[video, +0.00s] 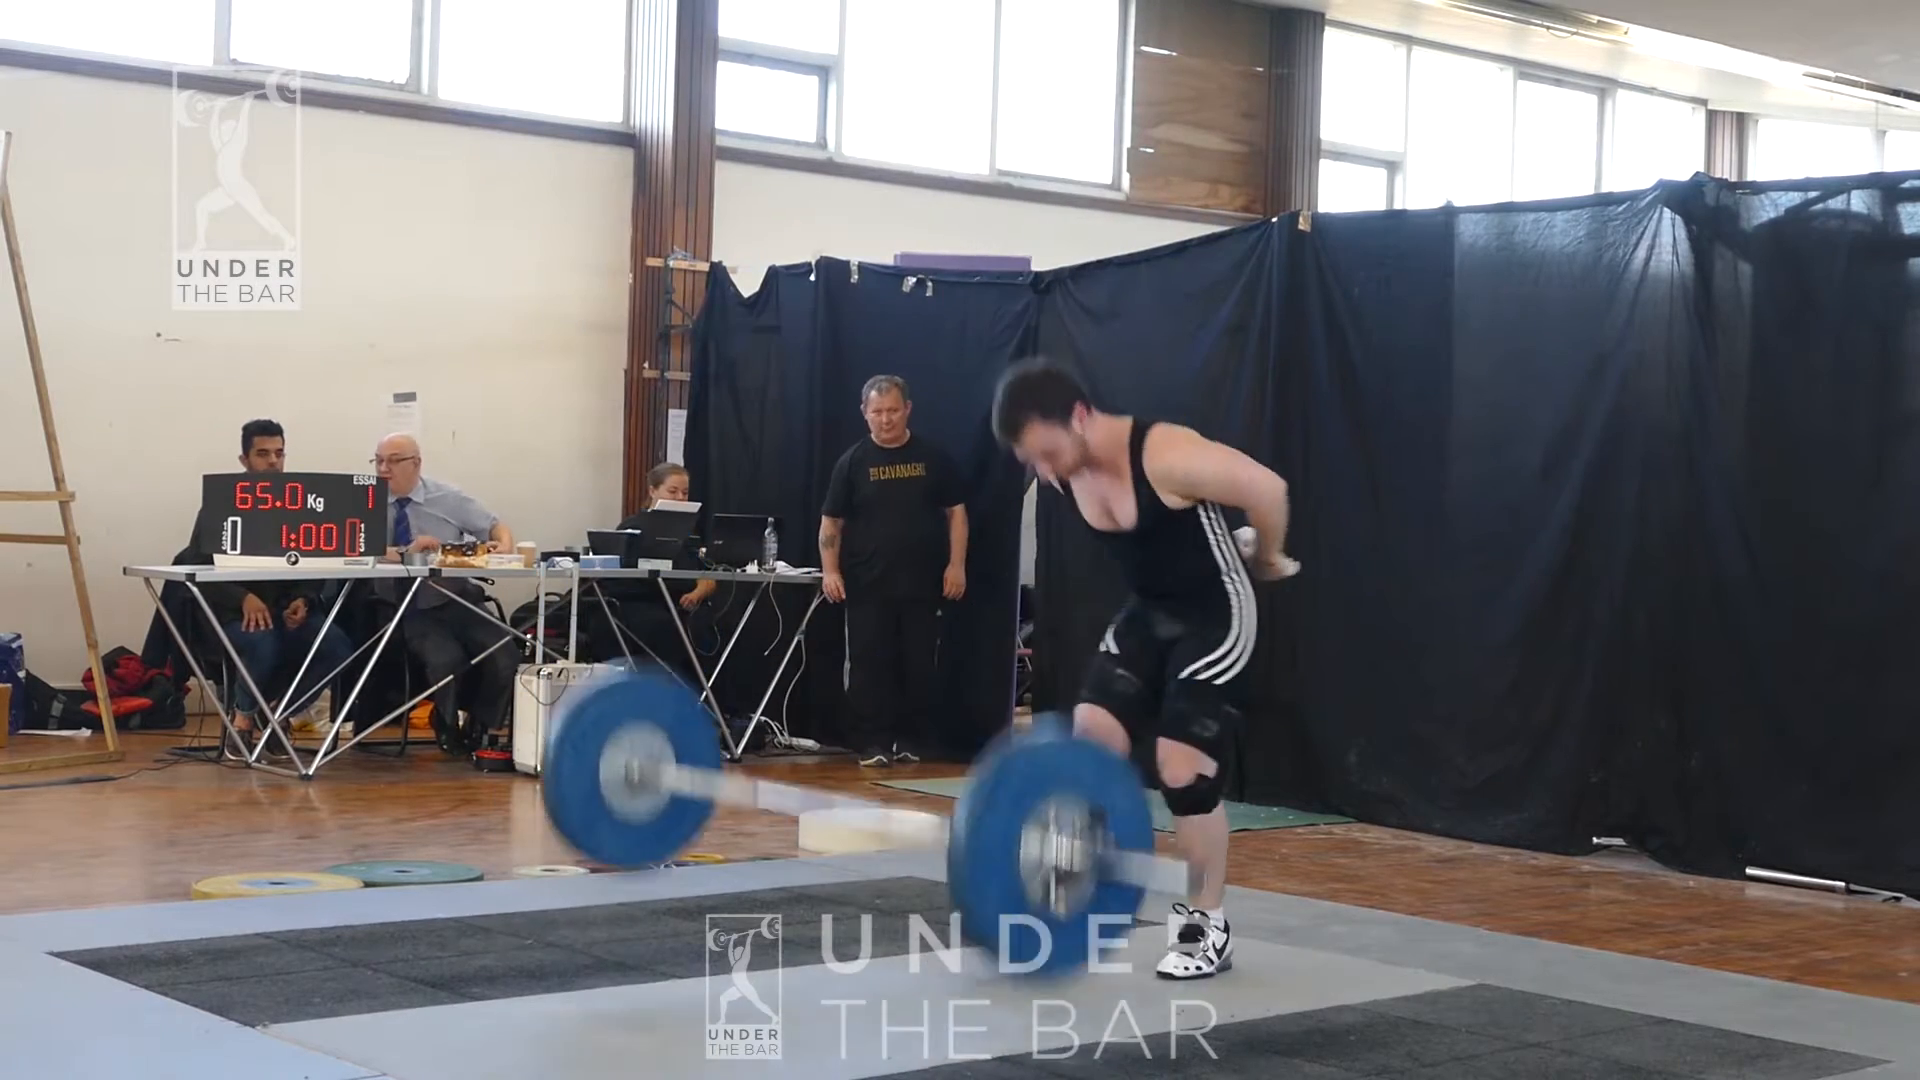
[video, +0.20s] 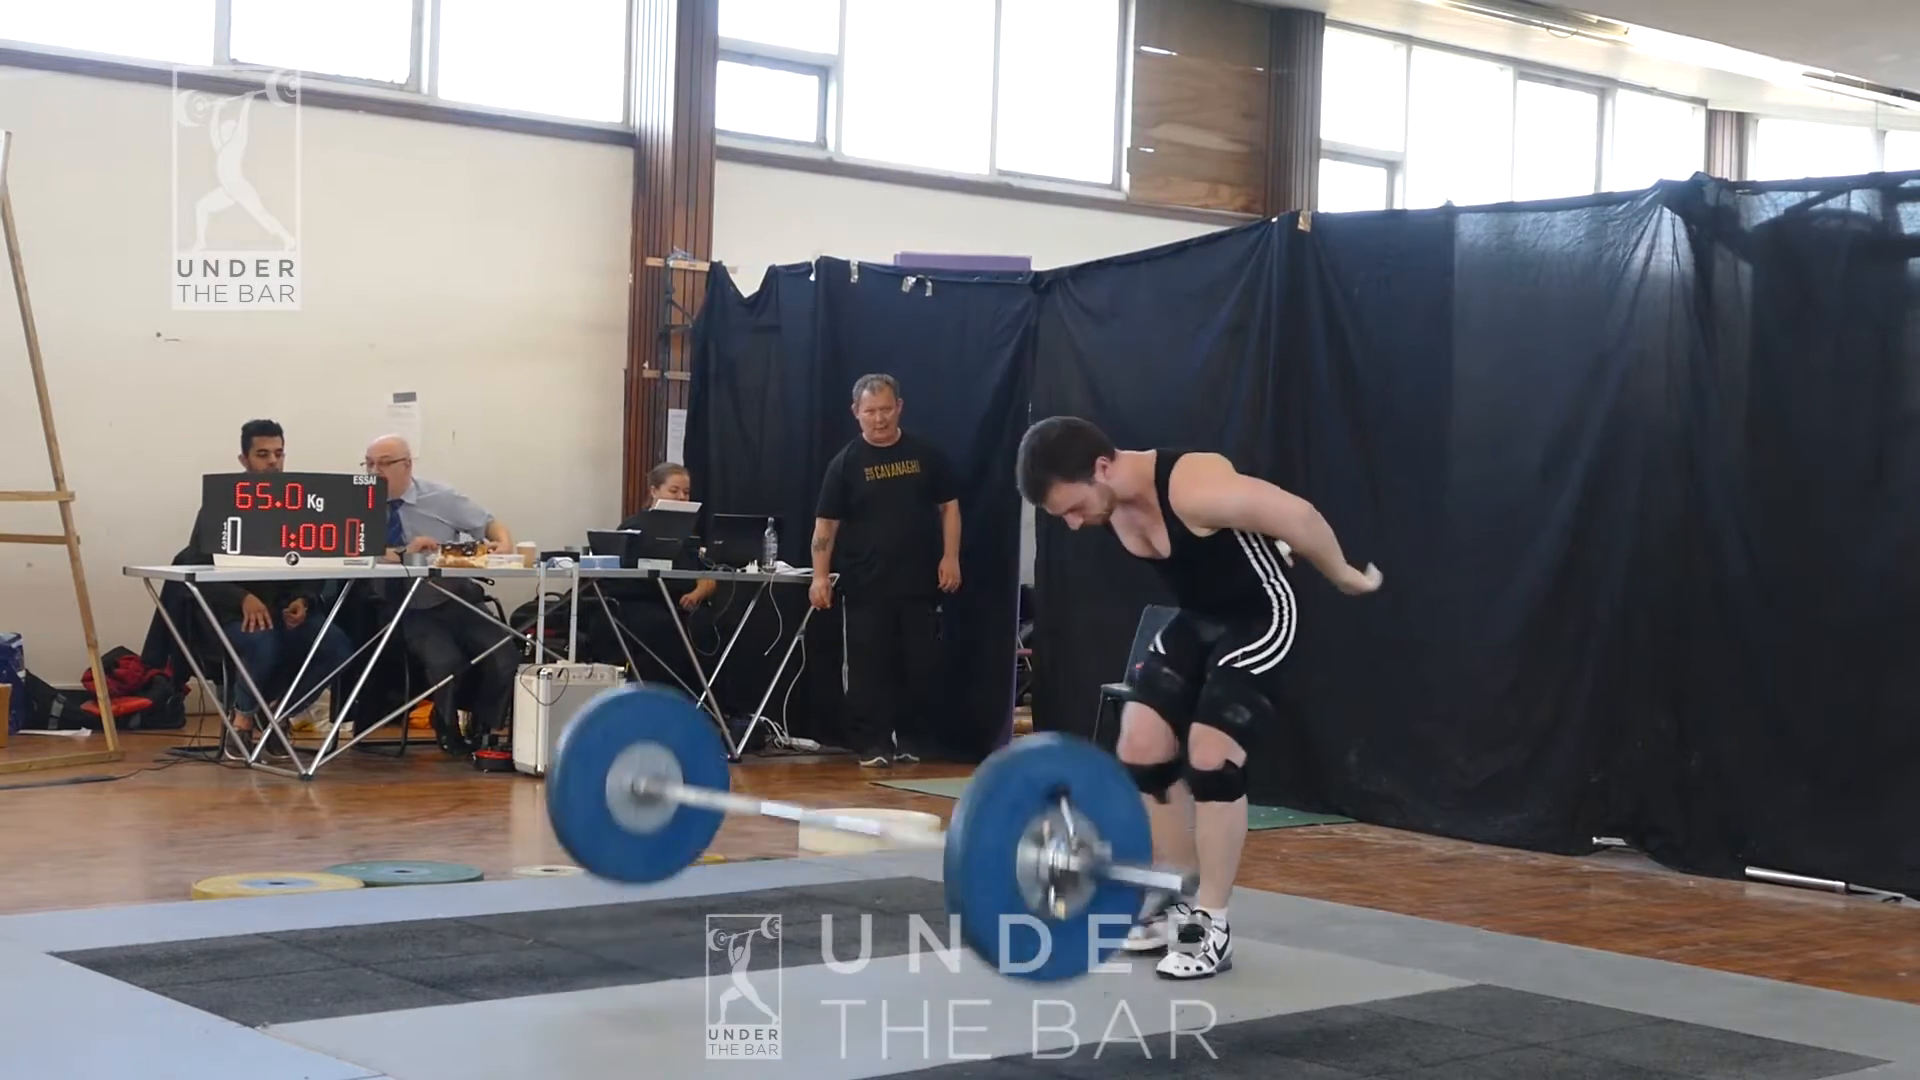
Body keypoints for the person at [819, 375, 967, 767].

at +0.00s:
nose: (885, 419)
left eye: (892, 411)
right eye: (877, 412)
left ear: (907, 411)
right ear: (865, 414)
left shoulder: (933, 458)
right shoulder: (851, 463)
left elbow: (956, 512)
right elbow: (830, 523)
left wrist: (957, 564)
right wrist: (830, 570)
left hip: (921, 582)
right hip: (867, 583)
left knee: (917, 664)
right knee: (869, 666)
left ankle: (910, 742)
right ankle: (875, 744)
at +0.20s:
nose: (879, 418)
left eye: (885, 409)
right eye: (871, 410)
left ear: (899, 408)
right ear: (856, 413)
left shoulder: (925, 455)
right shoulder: (844, 465)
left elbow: (949, 507)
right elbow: (825, 524)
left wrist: (951, 557)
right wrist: (820, 576)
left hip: (916, 579)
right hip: (864, 582)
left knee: (916, 663)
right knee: (869, 666)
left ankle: (909, 740)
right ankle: (873, 744)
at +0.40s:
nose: (888, 427)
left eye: (896, 419)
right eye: (880, 418)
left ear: (908, 420)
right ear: (865, 416)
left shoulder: (926, 463)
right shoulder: (846, 460)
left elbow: (943, 524)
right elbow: (820, 514)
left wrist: (935, 575)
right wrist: (807, 563)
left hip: (907, 587)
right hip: (854, 584)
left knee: (902, 671)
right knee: (852, 669)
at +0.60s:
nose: (886, 428)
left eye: (894, 419)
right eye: (879, 419)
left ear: (907, 419)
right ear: (865, 417)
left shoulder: (926, 463)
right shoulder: (845, 460)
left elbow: (942, 525)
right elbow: (820, 514)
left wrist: (933, 575)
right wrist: (807, 562)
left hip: (909, 589)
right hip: (856, 585)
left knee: (903, 671)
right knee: (853, 669)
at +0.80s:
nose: (885, 428)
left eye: (892, 420)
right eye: (877, 419)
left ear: (906, 418)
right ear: (863, 417)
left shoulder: (926, 463)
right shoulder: (845, 460)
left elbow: (943, 524)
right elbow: (820, 514)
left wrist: (936, 574)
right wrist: (807, 562)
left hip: (908, 586)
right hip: (855, 584)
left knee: (903, 670)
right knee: (853, 666)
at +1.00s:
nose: (883, 429)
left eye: (891, 421)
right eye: (875, 420)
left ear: (904, 419)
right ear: (862, 419)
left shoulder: (925, 463)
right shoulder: (843, 460)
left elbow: (941, 524)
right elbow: (821, 514)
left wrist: (936, 575)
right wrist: (807, 562)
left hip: (907, 585)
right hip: (855, 583)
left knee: (902, 670)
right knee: (853, 665)